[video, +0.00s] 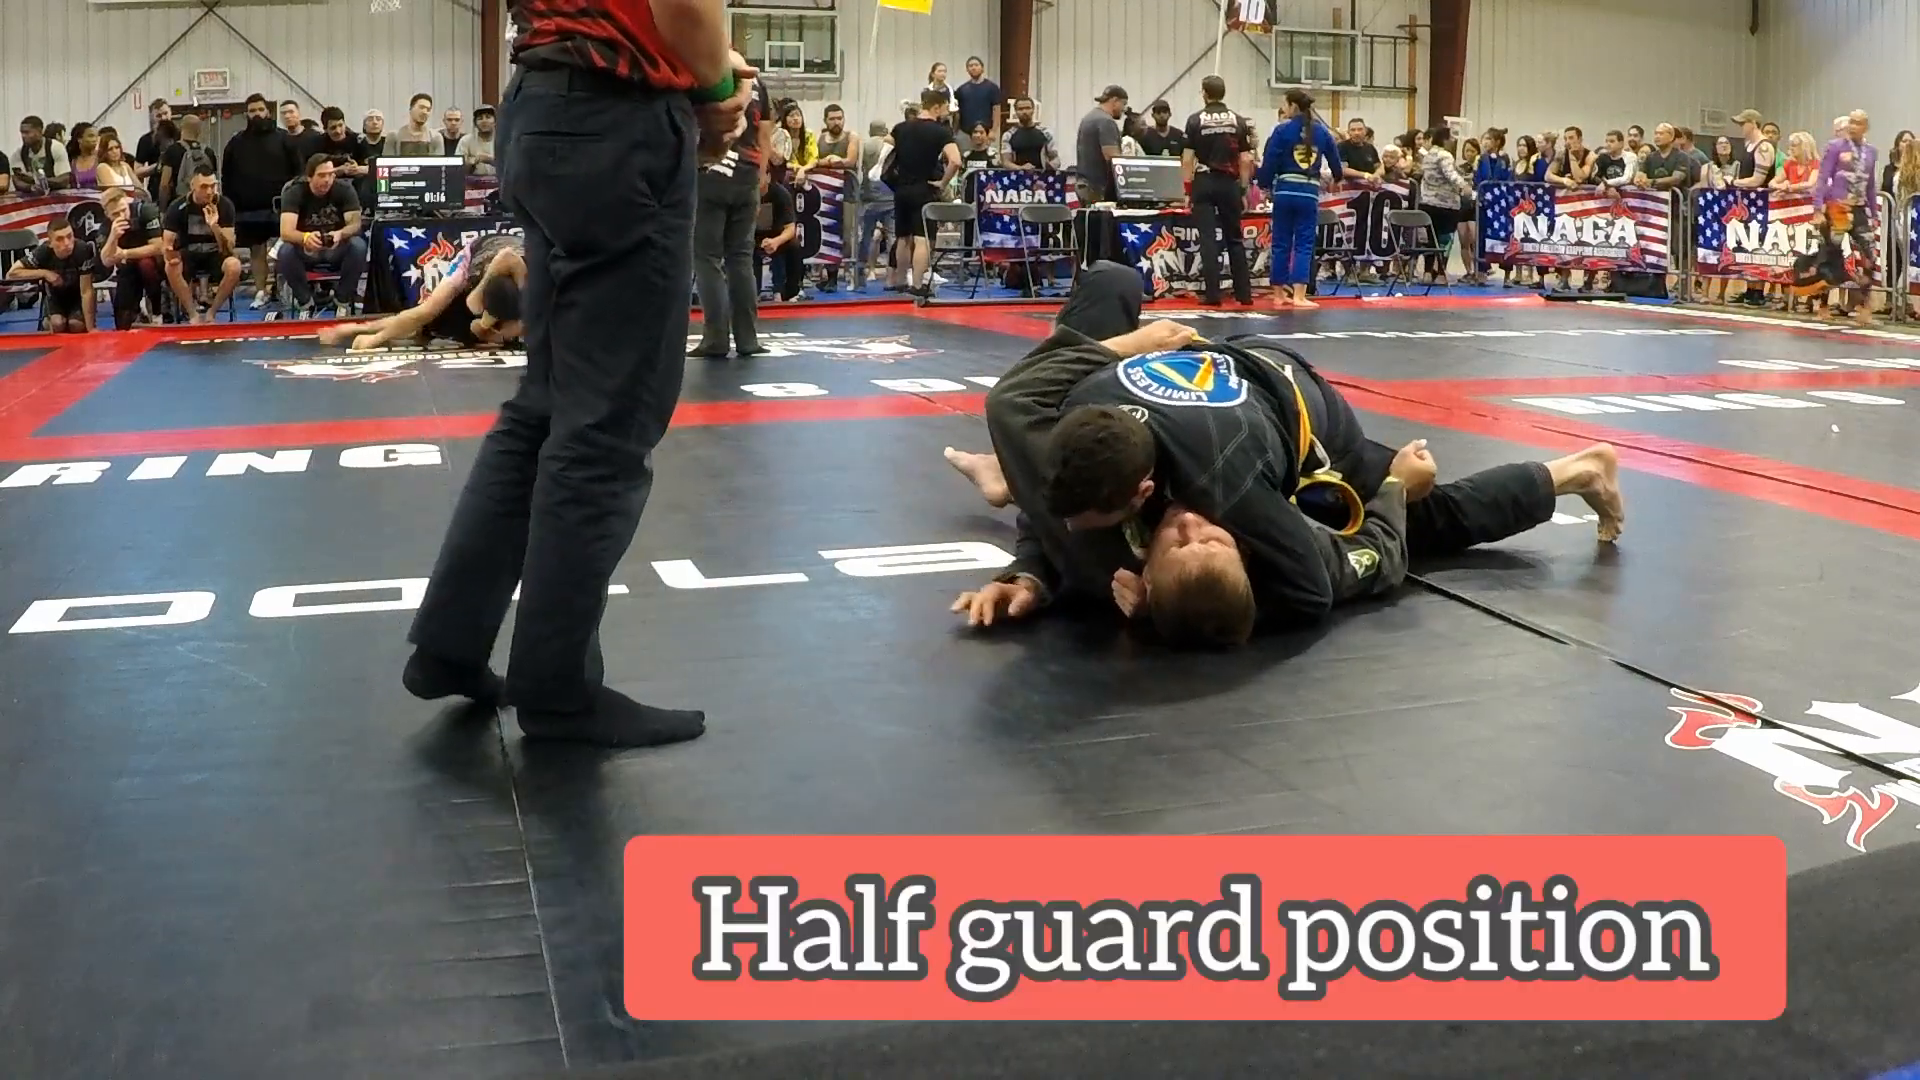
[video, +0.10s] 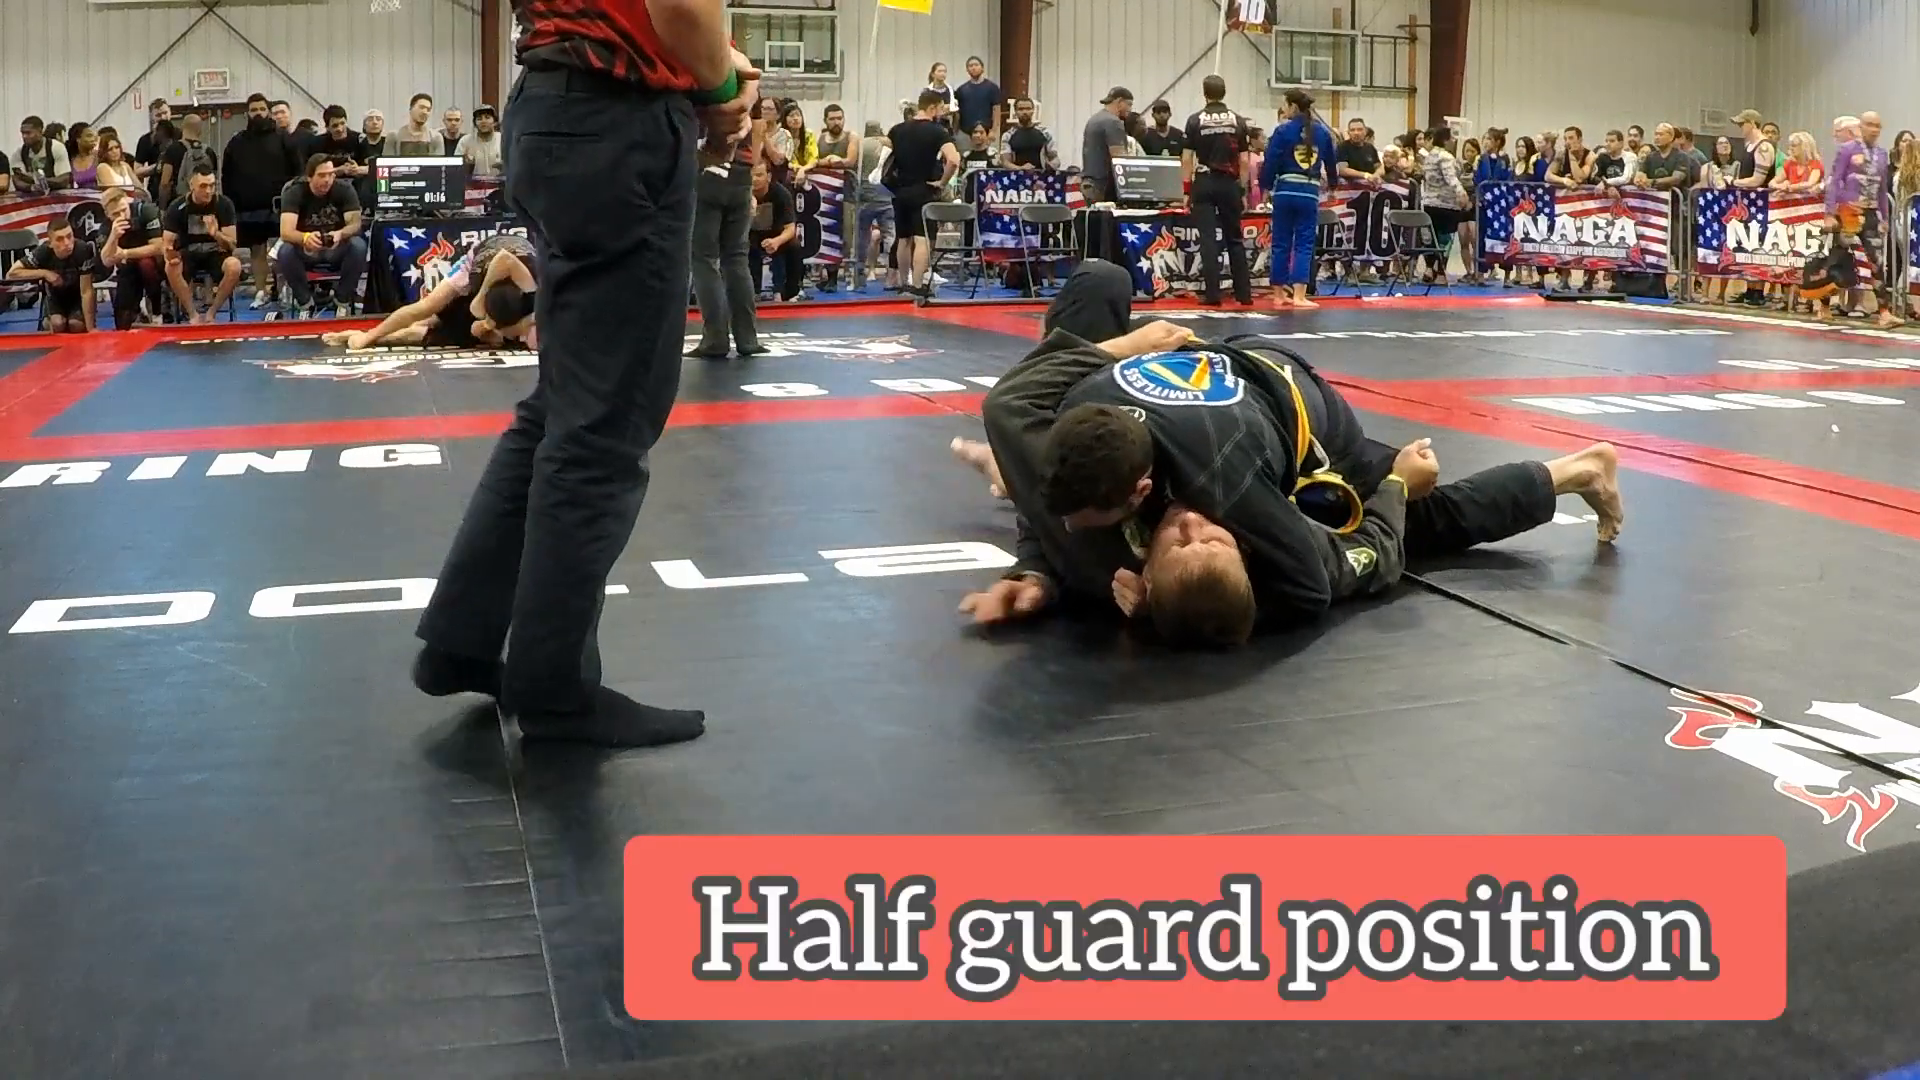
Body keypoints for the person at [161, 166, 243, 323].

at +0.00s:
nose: (209, 191)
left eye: (212, 186)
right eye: (204, 187)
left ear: (216, 186)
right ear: (193, 187)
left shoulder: (224, 205)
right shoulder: (178, 207)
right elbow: (168, 241)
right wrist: (171, 257)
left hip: (215, 253)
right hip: (188, 254)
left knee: (234, 266)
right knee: (172, 268)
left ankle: (211, 313)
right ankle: (193, 315)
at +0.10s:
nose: (208, 191)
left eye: (211, 186)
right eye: (203, 186)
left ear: (215, 185)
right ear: (191, 186)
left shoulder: (224, 204)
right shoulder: (177, 207)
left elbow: (232, 243)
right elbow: (168, 241)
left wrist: (216, 233)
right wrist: (171, 257)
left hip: (214, 253)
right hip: (187, 253)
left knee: (234, 266)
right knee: (172, 268)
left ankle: (211, 313)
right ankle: (193, 315)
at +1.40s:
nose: (208, 190)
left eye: (211, 185)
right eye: (202, 185)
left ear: (215, 184)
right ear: (190, 185)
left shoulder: (224, 204)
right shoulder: (177, 208)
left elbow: (230, 242)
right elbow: (167, 243)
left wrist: (214, 255)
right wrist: (171, 257)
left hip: (215, 254)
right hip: (187, 256)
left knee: (234, 266)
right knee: (171, 268)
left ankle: (211, 314)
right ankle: (193, 315)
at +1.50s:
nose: (208, 190)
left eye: (211, 185)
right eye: (202, 185)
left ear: (215, 184)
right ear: (190, 185)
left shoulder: (225, 204)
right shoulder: (178, 207)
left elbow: (230, 242)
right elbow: (167, 242)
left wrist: (214, 255)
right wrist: (171, 256)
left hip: (215, 253)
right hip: (188, 255)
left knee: (234, 266)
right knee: (171, 268)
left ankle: (211, 313)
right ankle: (193, 315)